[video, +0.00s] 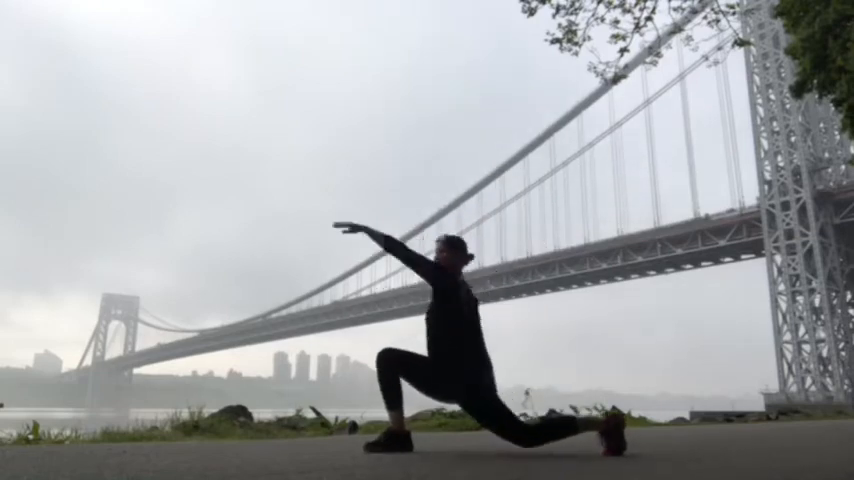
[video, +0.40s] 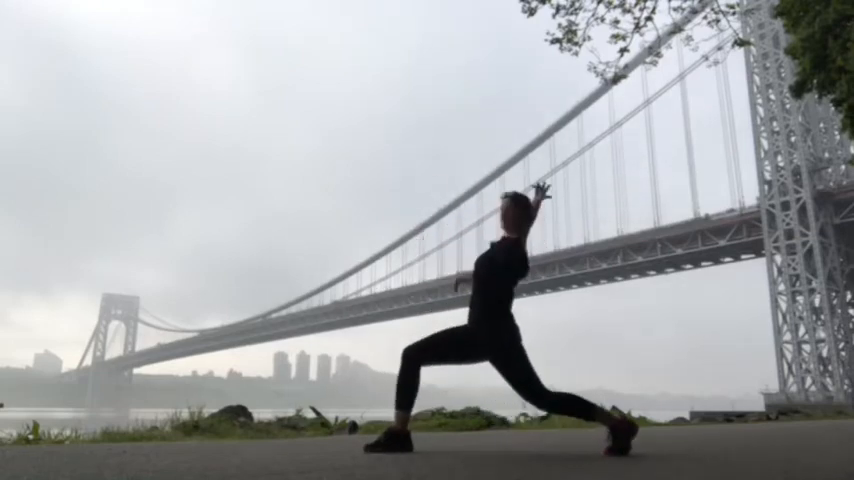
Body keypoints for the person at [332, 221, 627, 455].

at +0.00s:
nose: (436, 257)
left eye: (443, 252)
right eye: (437, 252)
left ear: (460, 259)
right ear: (447, 259)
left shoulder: (448, 284)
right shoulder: (455, 291)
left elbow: (406, 255)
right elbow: (467, 337)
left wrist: (366, 230)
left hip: (463, 382)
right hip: (457, 378)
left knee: (525, 437)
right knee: (387, 359)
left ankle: (604, 425)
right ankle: (397, 432)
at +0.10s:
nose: (456, 252)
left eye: (461, 248)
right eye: (457, 247)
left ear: (473, 252)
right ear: (463, 254)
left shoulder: (476, 281)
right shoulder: (464, 284)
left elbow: (478, 244)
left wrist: (480, 213)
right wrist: (479, 222)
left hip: (467, 376)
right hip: (446, 372)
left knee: (526, 436)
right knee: (387, 359)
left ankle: (604, 424)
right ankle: (397, 433)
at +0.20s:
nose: (481, 250)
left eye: (488, 247)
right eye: (480, 245)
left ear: (501, 252)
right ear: (477, 249)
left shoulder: (502, 280)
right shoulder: (462, 277)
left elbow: (543, 266)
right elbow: (430, 262)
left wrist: (537, 258)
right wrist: (401, 248)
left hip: (478, 373)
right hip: (451, 367)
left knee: (532, 431)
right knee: (391, 356)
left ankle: (608, 424)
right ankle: (397, 432)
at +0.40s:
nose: (504, 214)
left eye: (510, 210)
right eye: (504, 209)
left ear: (522, 217)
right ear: (508, 216)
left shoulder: (514, 252)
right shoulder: (501, 247)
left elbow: (517, 270)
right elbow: (521, 223)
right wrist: (537, 201)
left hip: (500, 336)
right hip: (476, 334)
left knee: (541, 399)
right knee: (412, 355)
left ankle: (617, 424)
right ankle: (399, 433)